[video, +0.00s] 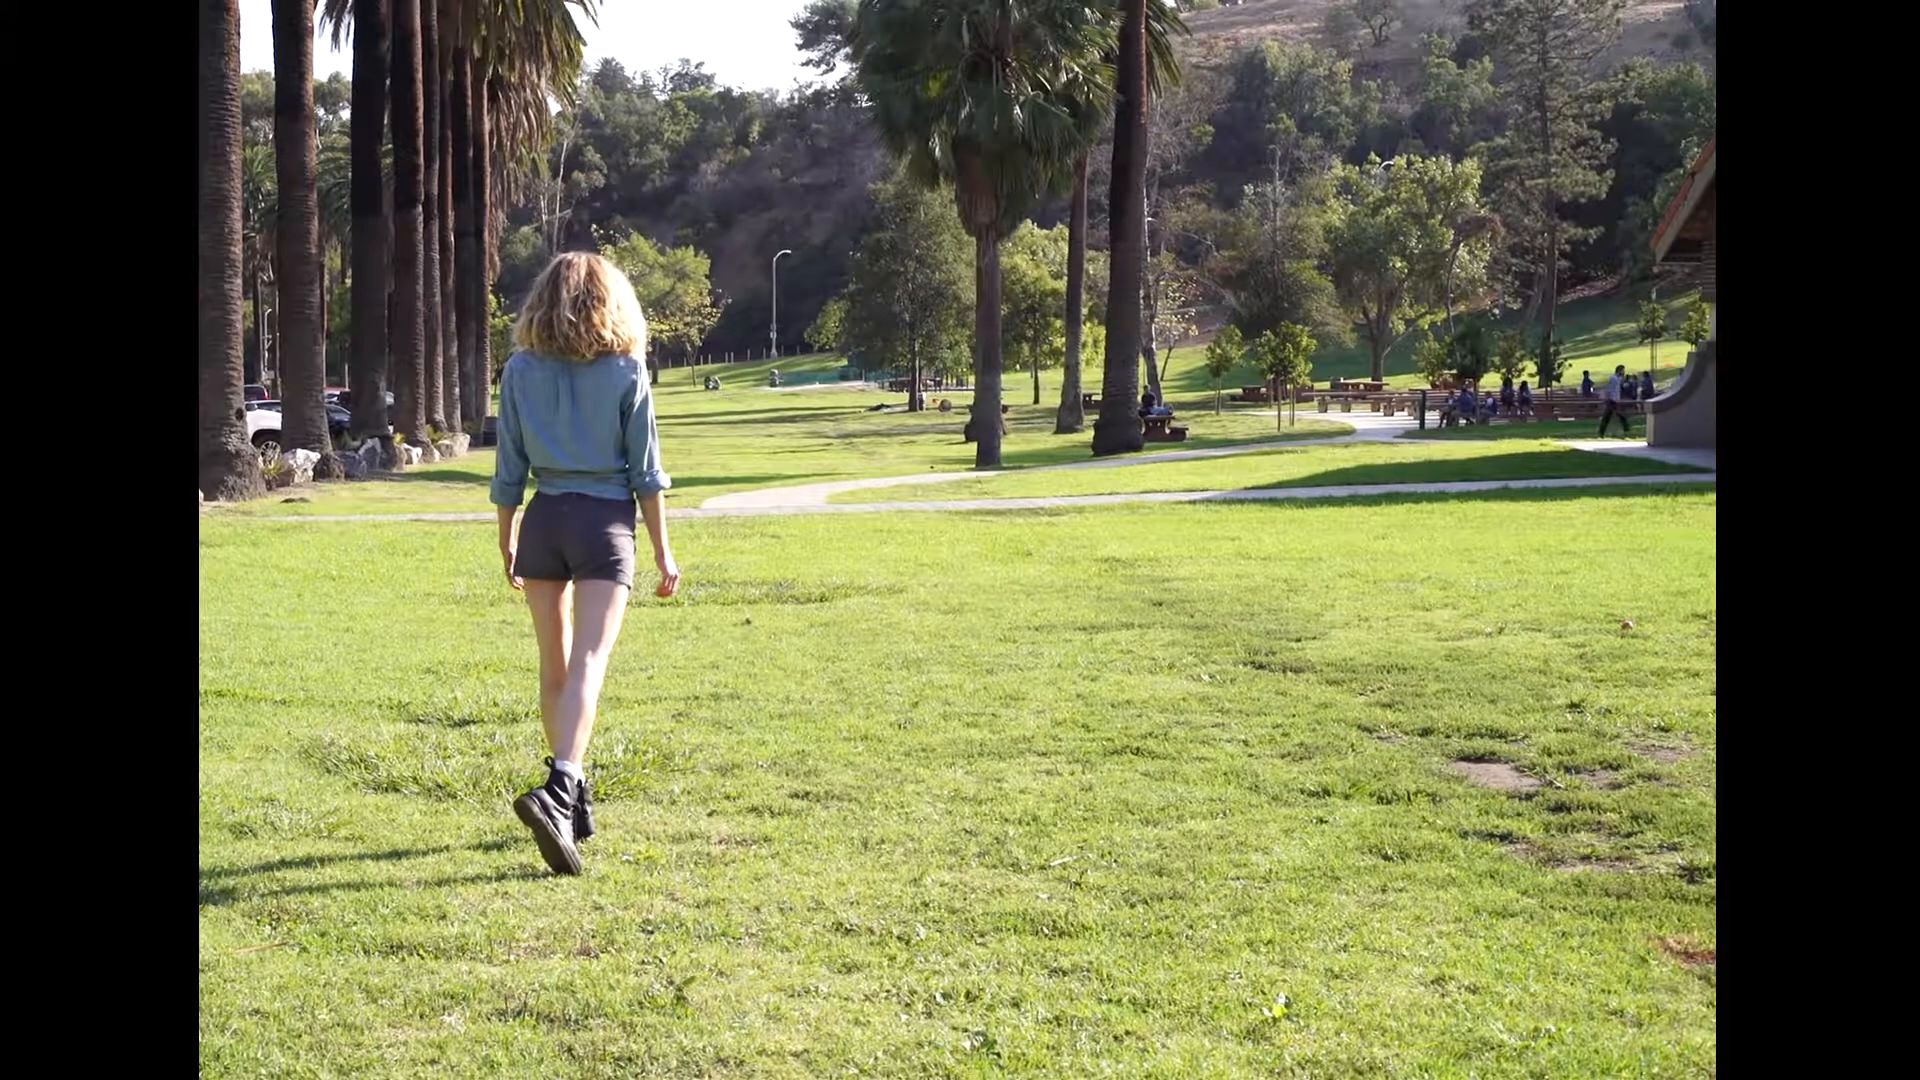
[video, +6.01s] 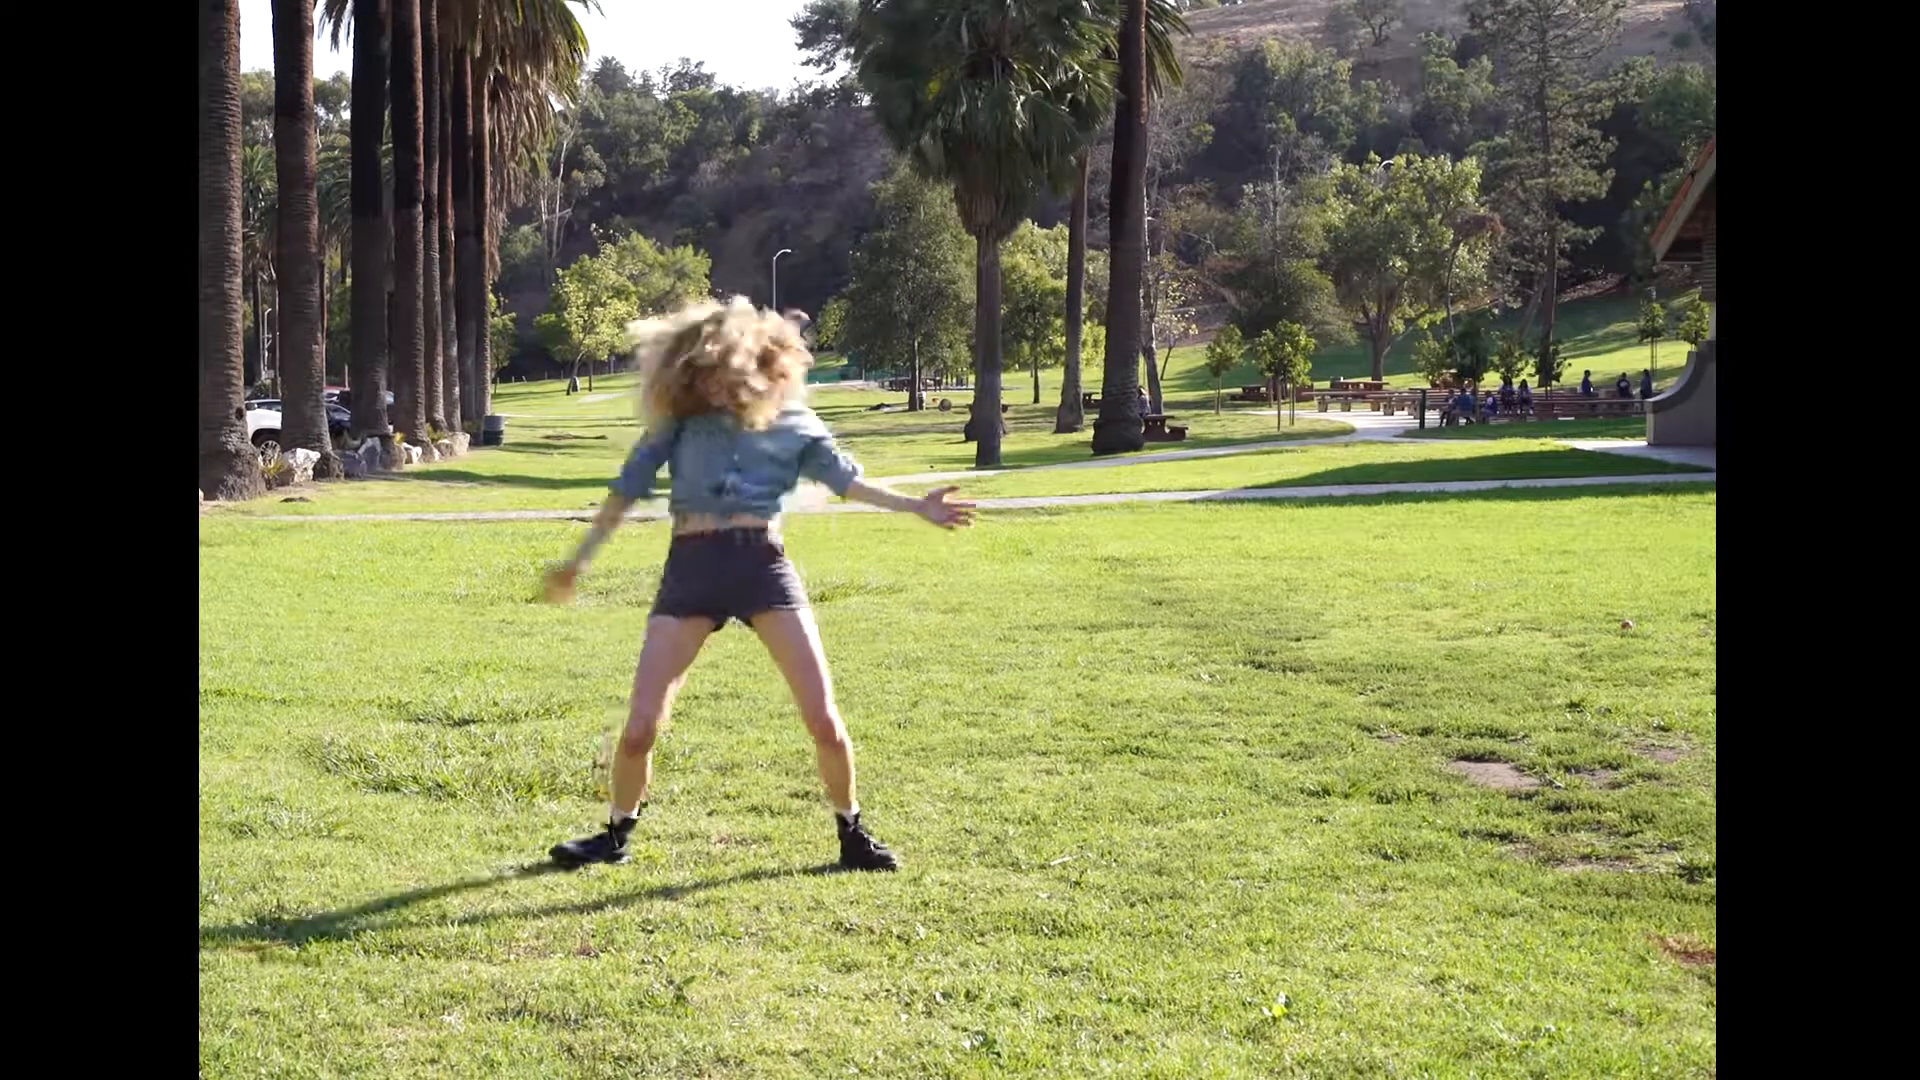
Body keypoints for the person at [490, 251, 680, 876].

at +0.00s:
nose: (624, 311)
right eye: (619, 300)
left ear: (544, 306)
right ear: (612, 306)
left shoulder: (520, 369)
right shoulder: (627, 371)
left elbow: (510, 465)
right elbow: (645, 470)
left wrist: (506, 540)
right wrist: (663, 549)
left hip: (542, 516)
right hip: (606, 518)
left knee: (553, 663)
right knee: (589, 660)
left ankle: (575, 794)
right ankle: (558, 790)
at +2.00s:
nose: (641, 546)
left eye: (650, 534)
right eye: (629, 534)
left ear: (664, 528)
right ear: (603, 524)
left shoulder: (653, 548)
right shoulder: (553, 530)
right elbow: (499, 480)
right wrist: (456, 439)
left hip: (589, 582)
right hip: (524, 567)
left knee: (641, 708)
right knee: (553, 690)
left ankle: (602, 811)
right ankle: (530, 843)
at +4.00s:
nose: (682, 438)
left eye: (696, 433)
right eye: (679, 426)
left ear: (721, 445)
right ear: (669, 425)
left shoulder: (727, 495)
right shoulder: (635, 453)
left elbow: (755, 555)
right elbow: (563, 424)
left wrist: (740, 479)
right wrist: (494, 387)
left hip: (675, 612)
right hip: (605, 603)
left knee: (753, 746)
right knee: (561, 734)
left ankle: (797, 839)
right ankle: (524, 836)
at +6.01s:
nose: (718, 391)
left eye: (729, 378)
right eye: (706, 379)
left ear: (760, 373)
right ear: (692, 377)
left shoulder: (792, 426)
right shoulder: (681, 425)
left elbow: (851, 483)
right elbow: (624, 492)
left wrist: (918, 504)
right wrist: (578, 561)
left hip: (763, 566)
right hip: (690, 567)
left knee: (827, 725)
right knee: (638, 730)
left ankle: (852, 833)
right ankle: (617, 835)